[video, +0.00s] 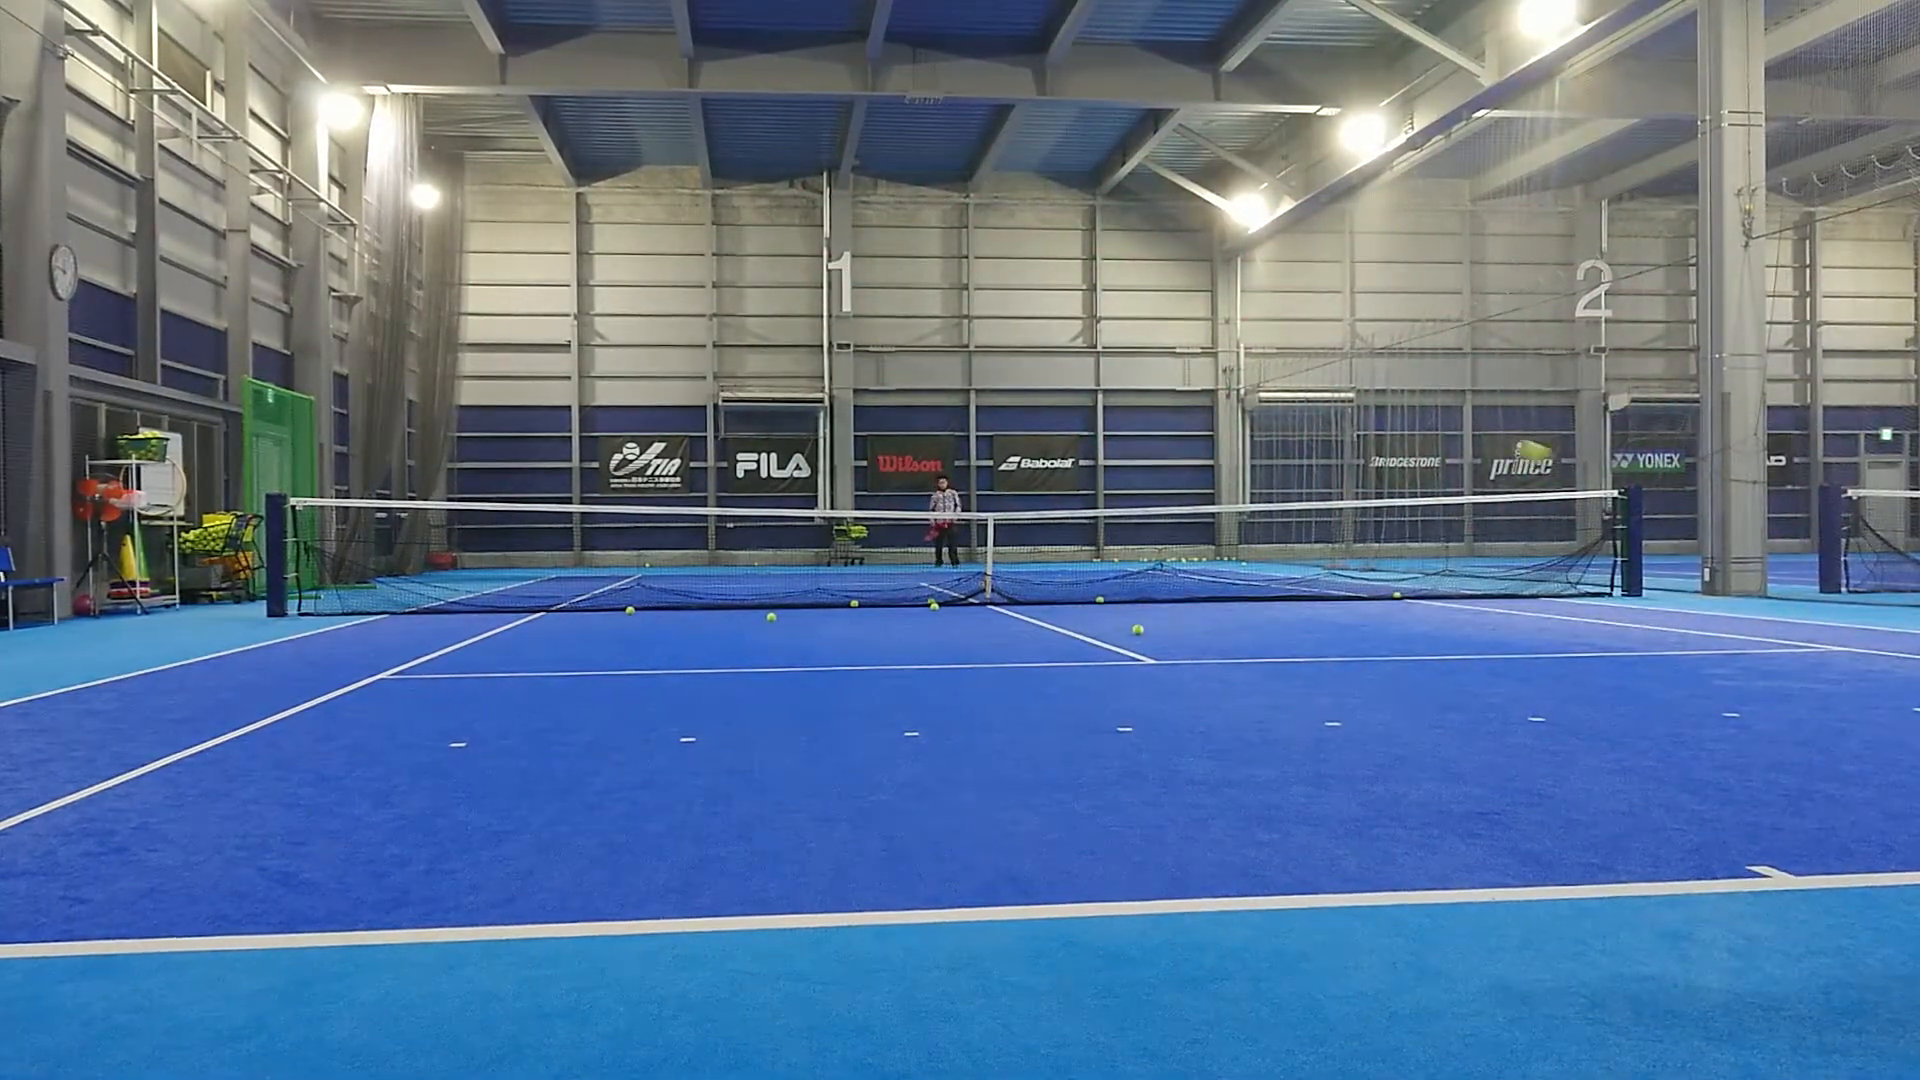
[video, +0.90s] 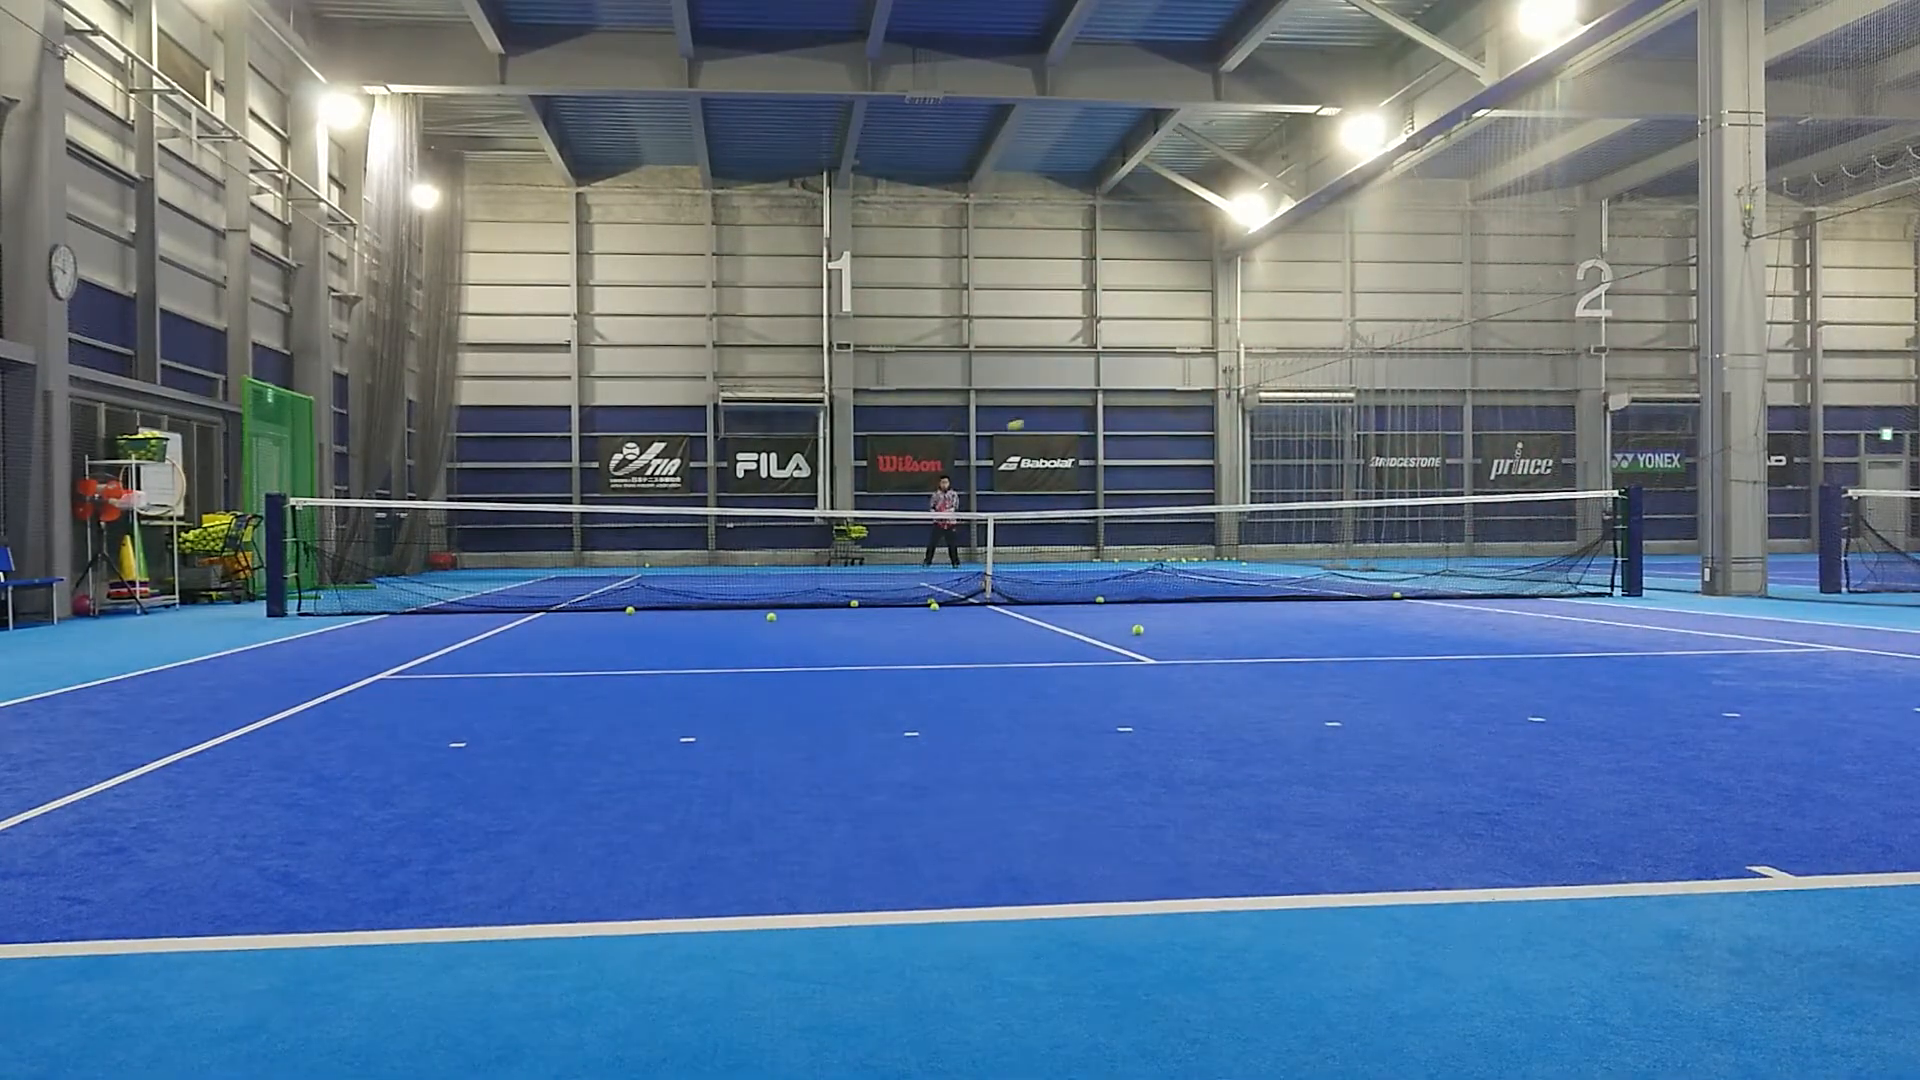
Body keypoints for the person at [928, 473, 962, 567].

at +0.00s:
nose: (942, 484)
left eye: (944, 482)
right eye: (940, 482)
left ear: (947, 483)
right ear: (937, 484)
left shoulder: (953, 493)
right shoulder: (935, 495)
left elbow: (958, 506)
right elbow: (931, 509)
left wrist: (956, 516)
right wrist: (932, 520)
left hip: (951, 522)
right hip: (939, 523)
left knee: (952, 544)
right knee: (938, 544)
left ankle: (955, 562)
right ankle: (938, 561)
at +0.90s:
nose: (944, 485)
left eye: (946, 482)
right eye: (942, 482)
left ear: (949, 484)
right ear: (939, 484)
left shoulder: (953, 494)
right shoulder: (936, 495)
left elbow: (955, 507)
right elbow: (931, 508)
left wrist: (946, 513)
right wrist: (937, 516)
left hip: (950, 523)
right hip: (938, 523)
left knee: (952, 545)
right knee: (932, 544)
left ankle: (955, 563)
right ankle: (927, 562)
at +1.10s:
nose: (931, 490)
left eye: (933, 488)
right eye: (930, 488)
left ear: (937, 489)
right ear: (928, 490)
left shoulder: (942, 500)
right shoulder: (926, 500)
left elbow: (942, 513)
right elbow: (923, 512)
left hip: (942, 527)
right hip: (930, 527)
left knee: (947, 547)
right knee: (923, 545)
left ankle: (954, 563)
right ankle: (920, 562)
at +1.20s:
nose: (922, 490)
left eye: (923, 488)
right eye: (920, 488)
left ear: (927, 489)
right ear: (918, 490)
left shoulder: (932, 498)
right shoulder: (917, 501)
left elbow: (933, 512)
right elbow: (915, 513)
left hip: (934, 527)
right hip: (923, 527)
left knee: (941, 546)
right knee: (918, 546)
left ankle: (953, 561)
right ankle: (921, 562)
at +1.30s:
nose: (913, 491)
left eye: (915, 489)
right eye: (911, 489)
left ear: (919, 489)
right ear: (909, 491)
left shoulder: (923, 498)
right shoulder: (910, 501)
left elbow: (922, 509)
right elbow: (907, 512)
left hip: (926, 526)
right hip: (916, 526)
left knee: (925, 547)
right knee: (914, 546)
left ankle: (939, 554)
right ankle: (920, 562)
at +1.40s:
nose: (905, 491)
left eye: (906, 489)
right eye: (903, 490)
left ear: (910, 489)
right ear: (901, 491)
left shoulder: (916, 497)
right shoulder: (903, 500)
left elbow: (915, 507)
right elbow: (900, 510)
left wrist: (905, 510)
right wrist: (892, 510)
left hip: (918, 524)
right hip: (909, 524)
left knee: (912, 544)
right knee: (907, 544)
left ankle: (920, 562)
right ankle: (916, 562)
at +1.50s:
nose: (897, 492)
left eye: (899, 489)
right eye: (895, 490)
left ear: (903, 489)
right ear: (894, 491)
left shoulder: (908, 499)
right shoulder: (896, 500)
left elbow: (912, 511)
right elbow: (893, 509)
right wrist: (882, 510)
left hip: (908, 524)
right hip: (901, 524)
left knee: (901, 546)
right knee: (900, 546)